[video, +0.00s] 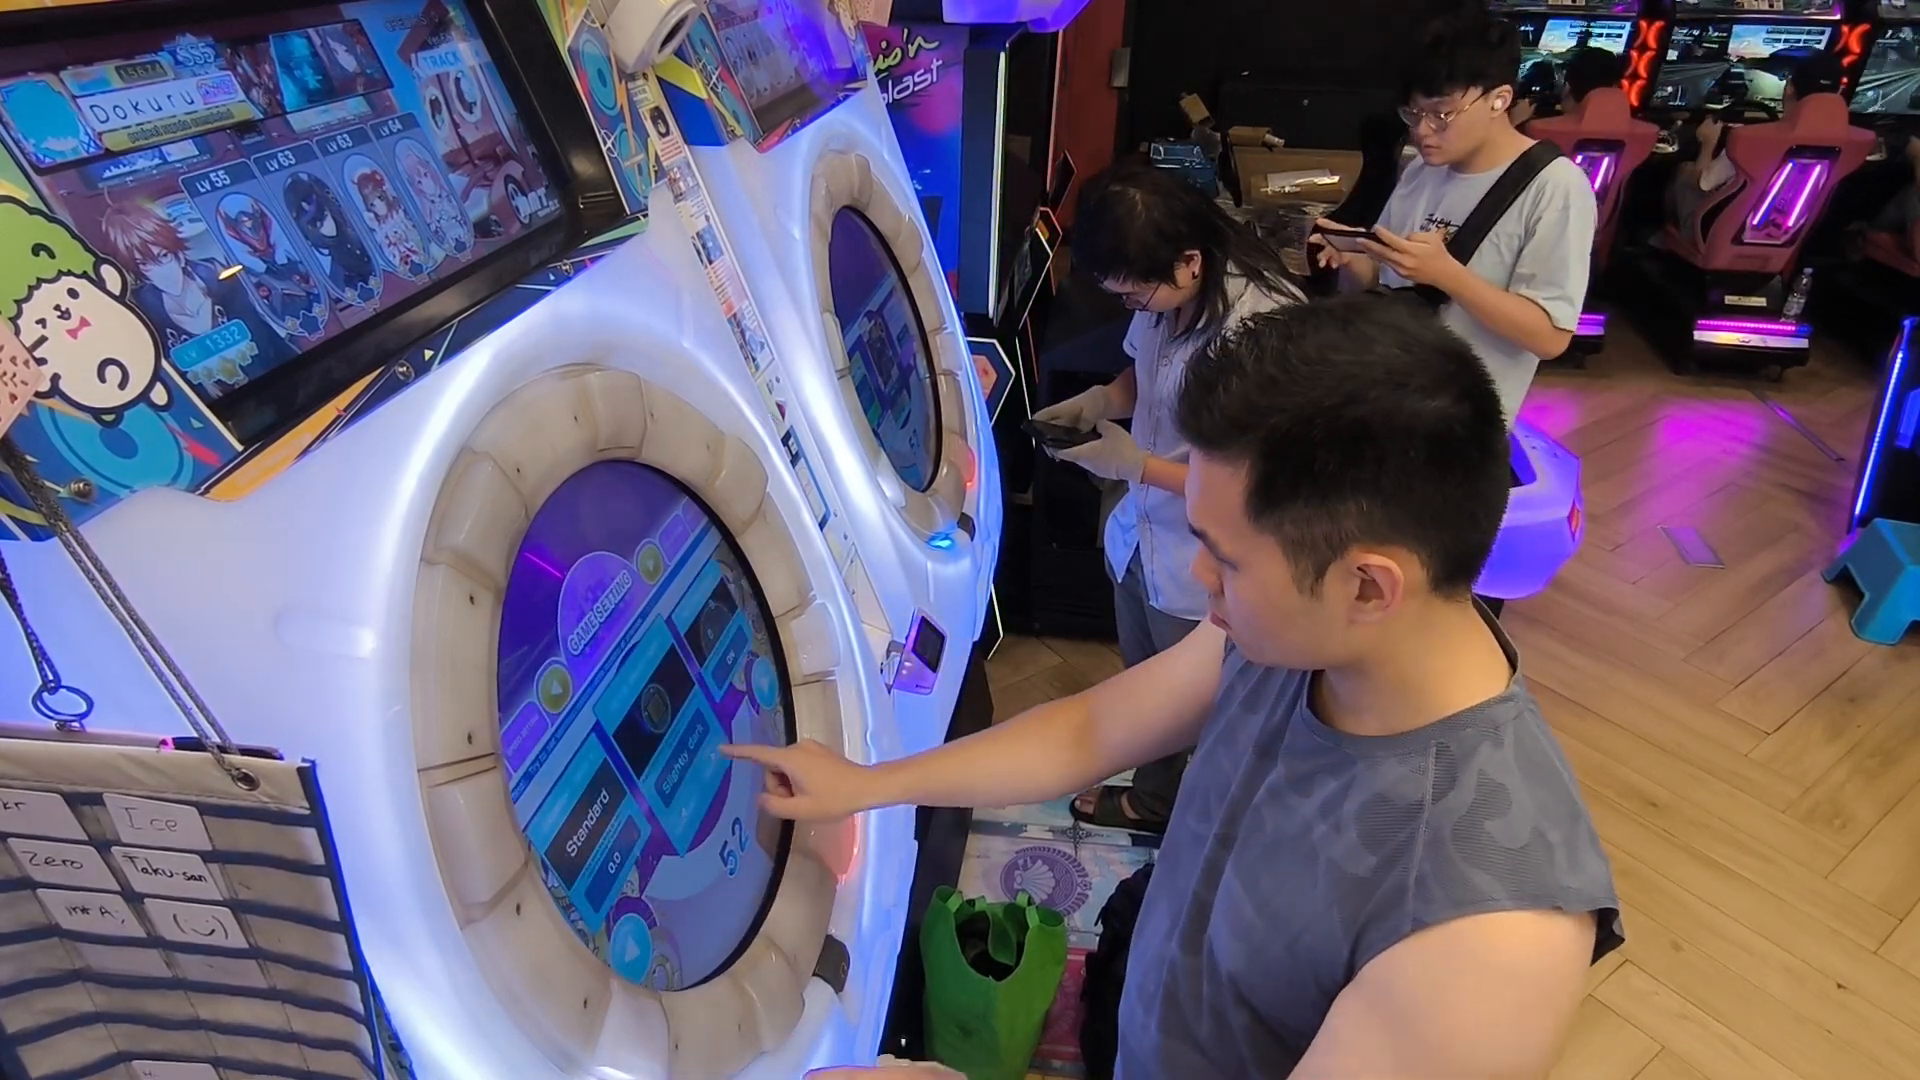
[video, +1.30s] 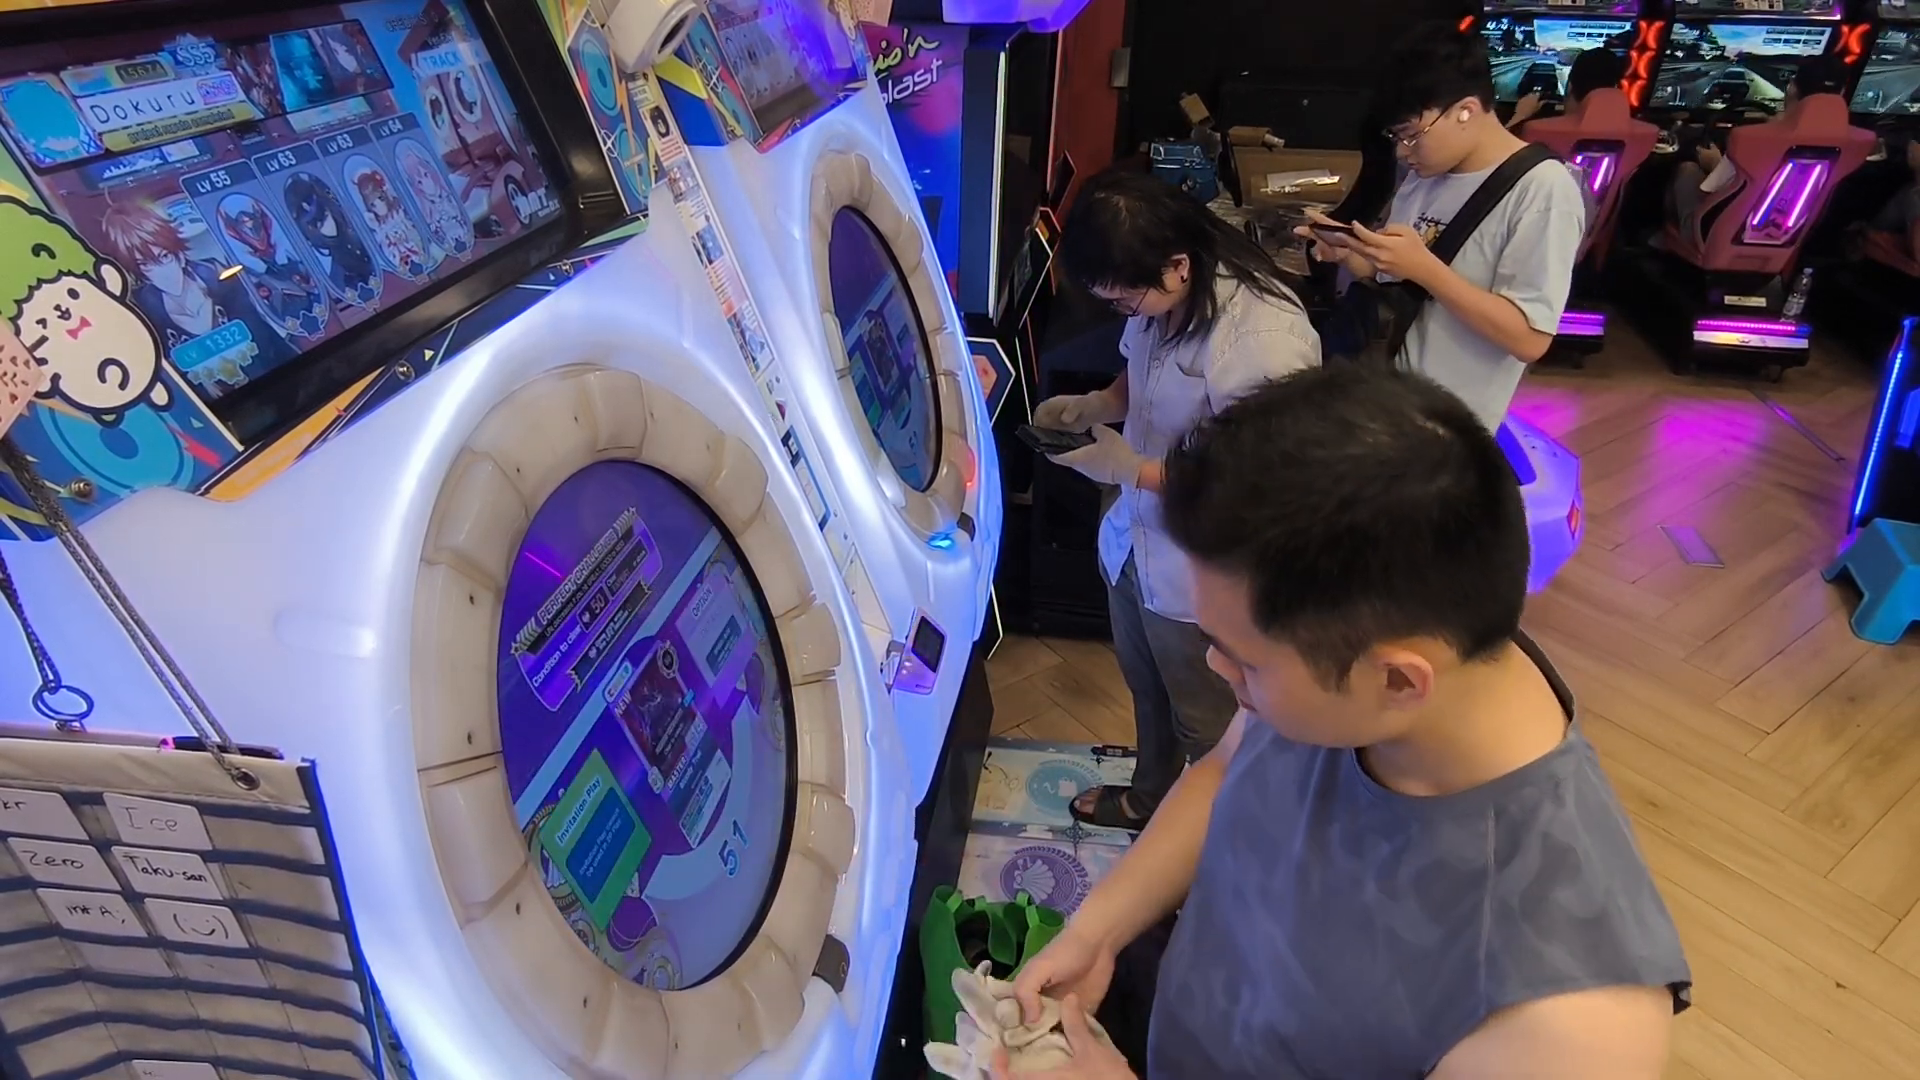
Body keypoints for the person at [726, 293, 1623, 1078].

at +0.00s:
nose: (1194, 577)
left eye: (1223, 556)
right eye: (1200, 539)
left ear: (1373, 589)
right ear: (1371, 583)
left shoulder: (1490, 909)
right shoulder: (1295, 630)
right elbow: (1089, 732)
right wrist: (871, 783)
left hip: (1203, 1073)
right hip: (1132, 1011)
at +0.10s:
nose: (1191, 579)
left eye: (1222, 561)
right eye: (1198, 544)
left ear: (1370, 593)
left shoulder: (1494, 918)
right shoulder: (1296, 626)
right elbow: (1101, 726)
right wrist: (904, 805)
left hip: (1208, 1075)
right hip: (1131, 1002)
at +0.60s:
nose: (1161, 578)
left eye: (1187, 562)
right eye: (1162, 546)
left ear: (1327, 584)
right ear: (1326, 587)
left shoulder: (1500, 922)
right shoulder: (1286, 640)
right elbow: (1163, 761)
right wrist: (1000, 857)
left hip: (1215, 1071)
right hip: (1141, 977)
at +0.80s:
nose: (1179, 586)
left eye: (1204, 564)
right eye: (1181, 550)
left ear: (1345, 588)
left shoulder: (1513, 922)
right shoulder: (1302, 650)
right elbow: (1192, 777)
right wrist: (1039, 913)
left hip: (1232, 1069)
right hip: (1135, 1011)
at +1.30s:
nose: (1214, 664)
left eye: (1241, 657)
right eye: (1215, 637)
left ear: (1402, 680)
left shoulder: (1571, 1009)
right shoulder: (1336, 668)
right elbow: (1218, 779)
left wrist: (1120, 1076)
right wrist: (1095, 929)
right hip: (1159, 1000)